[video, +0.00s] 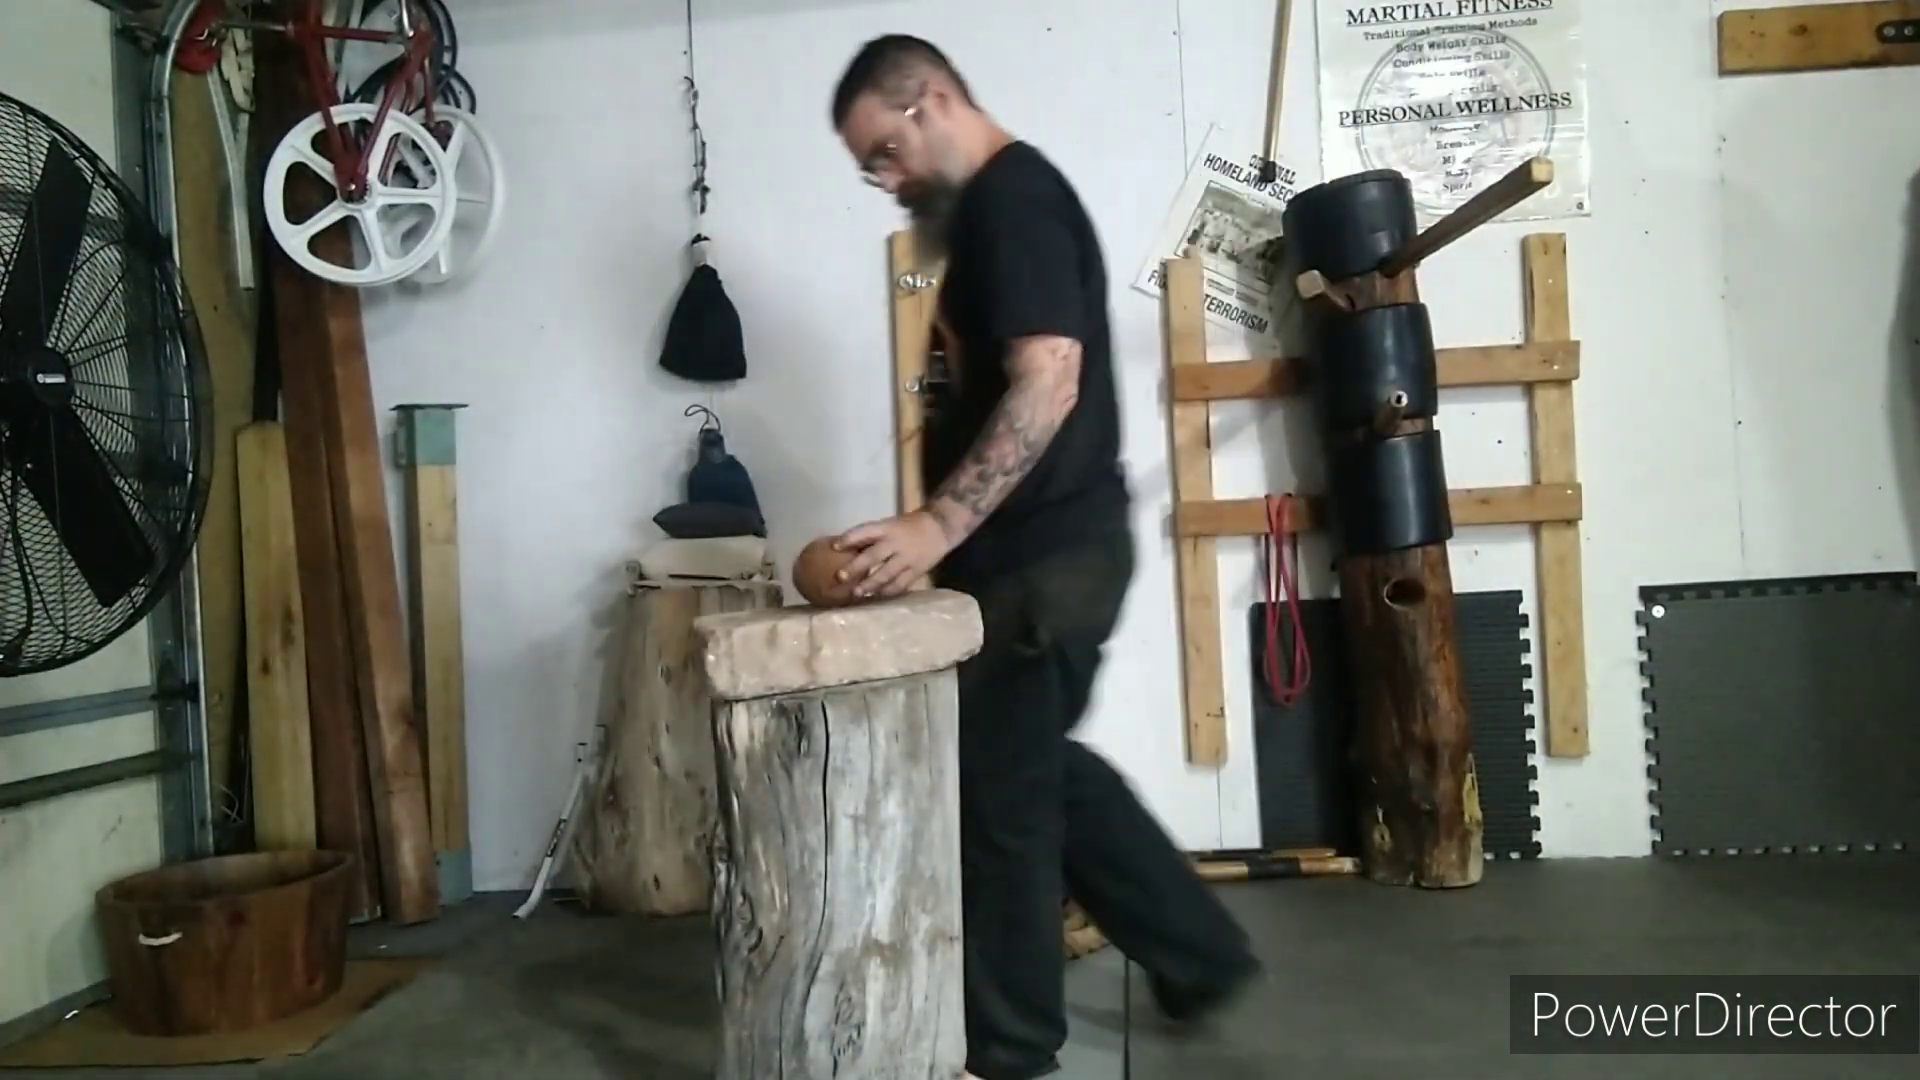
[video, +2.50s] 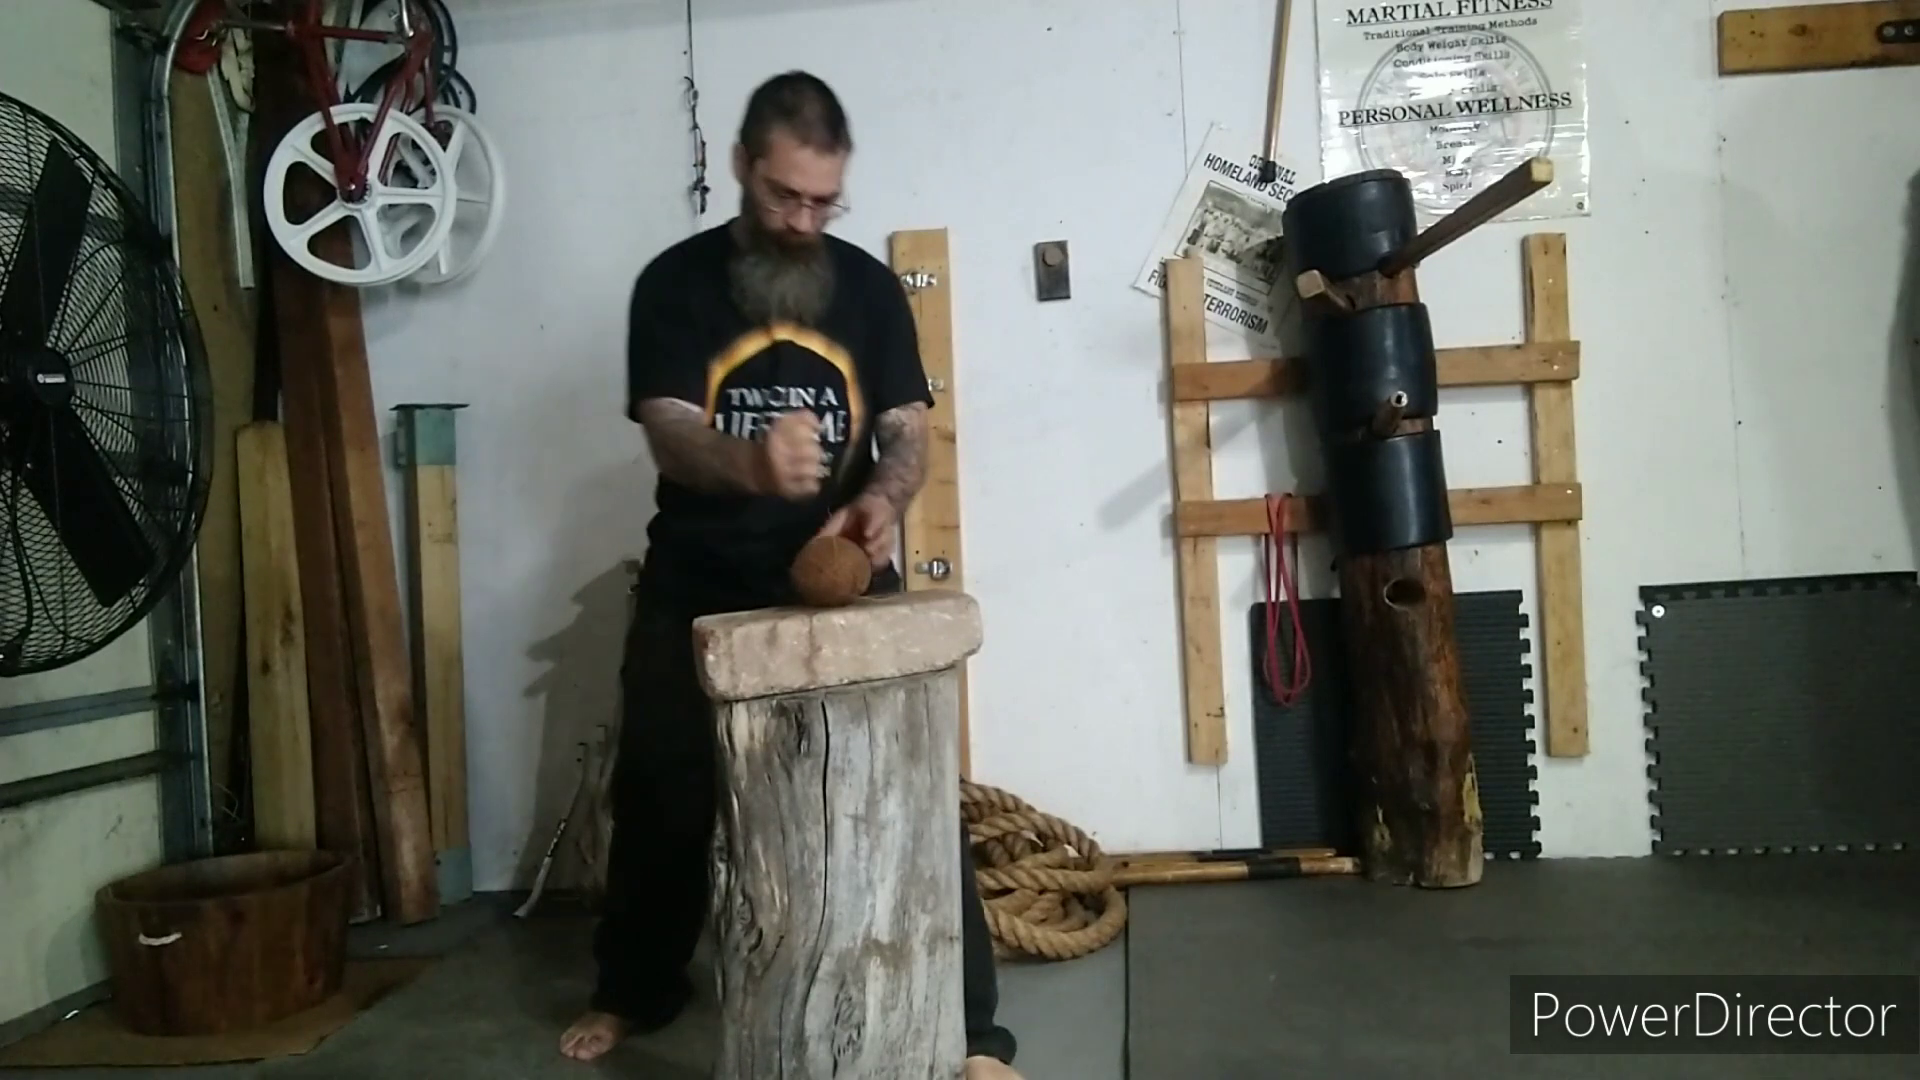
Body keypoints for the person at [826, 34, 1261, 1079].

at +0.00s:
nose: (881, 183)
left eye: (880, 155)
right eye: (869, 167)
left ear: (934, 103)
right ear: (927, 112)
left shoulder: (1015, 197)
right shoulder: (993, 203)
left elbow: (1047, 378)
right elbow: (1012, 381)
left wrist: (939, 523)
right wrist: (933, 525)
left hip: (1045, 545)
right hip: (1028, 545)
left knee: (1004, 788)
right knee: (1031, 763)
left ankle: (1014, 1047)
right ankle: (1203, 960)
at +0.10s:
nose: (867, 180)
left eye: (868, 152)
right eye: (854, 163)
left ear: (922, 98)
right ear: (916, 107)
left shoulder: (1004, 198)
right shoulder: (972, 205)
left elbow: (1040, 382)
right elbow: (983, 383)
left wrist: (932, 523)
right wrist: (917, 532)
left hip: (1022, 549)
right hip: (997, 548)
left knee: (996, 791)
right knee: (1008, 767)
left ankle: (1012, 1045)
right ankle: (1148, 945)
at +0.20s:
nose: (849, 176)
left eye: (851, 147)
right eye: (834, 160)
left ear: (908, 99)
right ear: (891, 116)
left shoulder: (995, 202)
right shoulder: (933, 216)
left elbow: (1029, 385)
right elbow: (930, 379)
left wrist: (931, 521)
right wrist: (893, 530)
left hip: (992, 555)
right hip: (938, 552)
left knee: (991, 820)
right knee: (939, 815)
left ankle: (1013, 1050)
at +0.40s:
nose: (824, 176)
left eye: (832, 147)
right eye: (807, 160)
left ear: (886, 105)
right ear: (803, 140)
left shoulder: (971, 212)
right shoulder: (861, 225)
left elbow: (1014, 388)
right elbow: (871, 396)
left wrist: (931, 525)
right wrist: (826, 528)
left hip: (963, 556)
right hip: (870, 555)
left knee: (979, 819)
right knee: (885, 815)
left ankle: (1015, 1051)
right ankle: (894, 1045)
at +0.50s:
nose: (807, 182)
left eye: (819, 154)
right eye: (786, 164)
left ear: (864, 111)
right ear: (770, 148)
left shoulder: (944, 230)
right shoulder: (817, 234)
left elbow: (995, 399)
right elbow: (821, 404)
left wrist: (927, 526)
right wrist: (782, 530)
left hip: (924, 564)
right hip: (814, 559)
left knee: (954, 808)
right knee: (795, 793)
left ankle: (1014, 1042)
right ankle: (755, 983)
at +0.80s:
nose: (751, 197)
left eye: (769, 173)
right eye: (729, 178)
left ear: (804, 140)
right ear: (705, 161)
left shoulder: (870, 256)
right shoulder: (708, 256)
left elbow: (910, 416)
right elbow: (674, 404)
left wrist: (885, 520)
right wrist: (631, 526)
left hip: (836, 586)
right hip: (717, 581)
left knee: (871, 810)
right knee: (685, 806)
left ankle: (952, 1008)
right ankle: (705, 1001)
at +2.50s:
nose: (804, 218)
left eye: (824, 200)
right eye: (786, 195)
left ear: (845, 181)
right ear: (743, 165)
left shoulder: (871, 286)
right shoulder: (675, 281)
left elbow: (906, 428)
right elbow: (666, 435)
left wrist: (888, 496)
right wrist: (750, 459)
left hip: (847, 579)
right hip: (700, 582)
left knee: (916, 794)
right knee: (661, 791)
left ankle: (972, 1029)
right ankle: (631, 993)